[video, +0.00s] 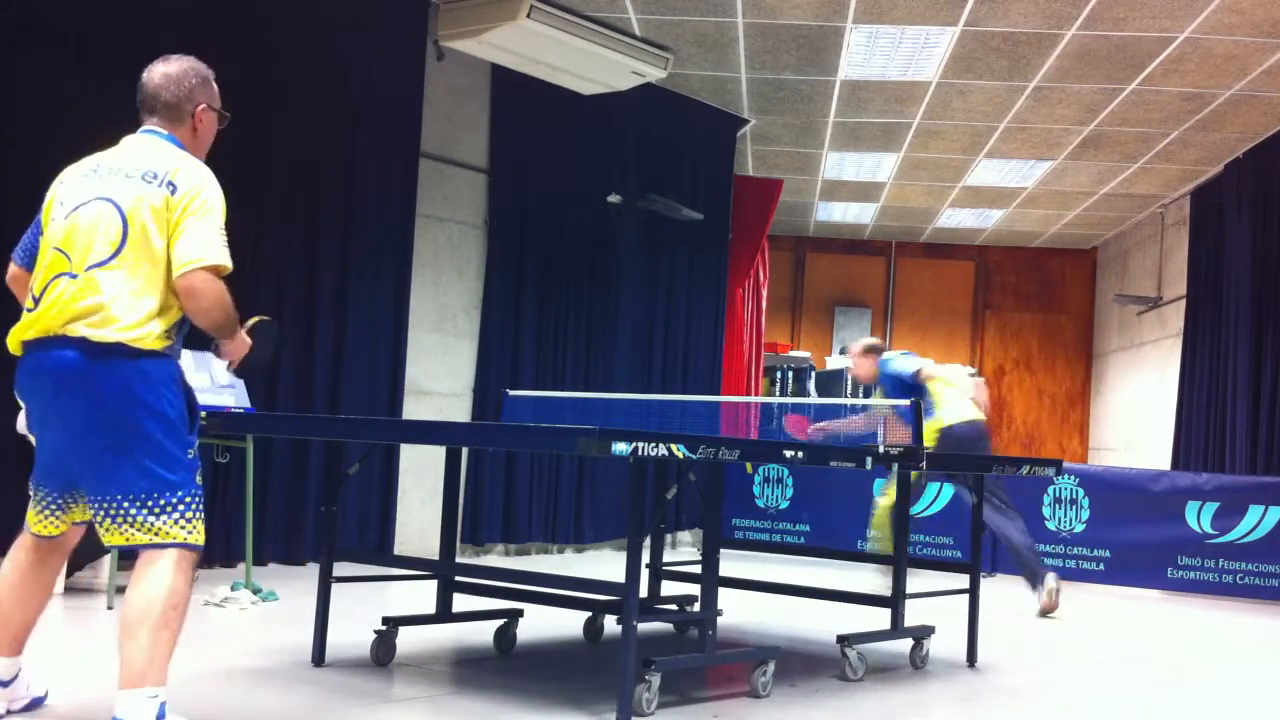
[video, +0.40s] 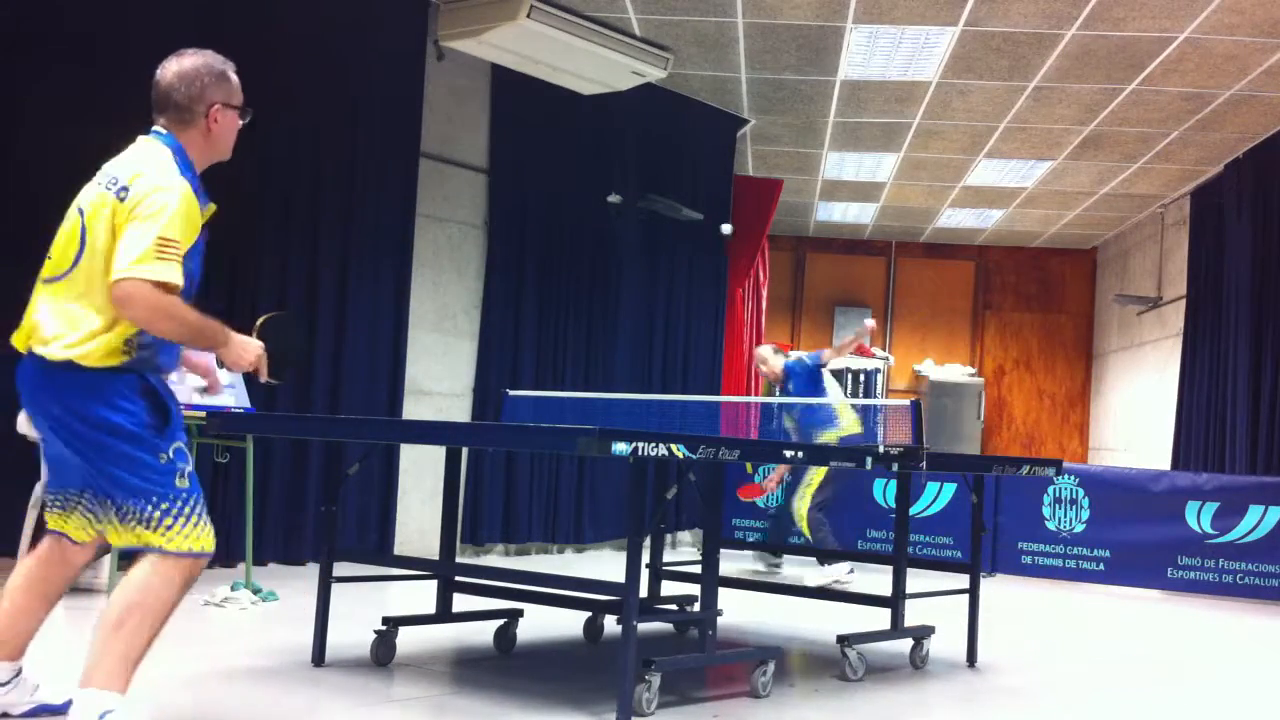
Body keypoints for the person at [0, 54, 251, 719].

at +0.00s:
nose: (216, 127)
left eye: (217, 115)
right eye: (216, 115)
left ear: (145, 112)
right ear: (199, 116)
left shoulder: (77, 172)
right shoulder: (193, 180)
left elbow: (20, 272)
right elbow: (197, 283)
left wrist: (75, 323)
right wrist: (230, 335)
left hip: (45, 366)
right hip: (129, 369)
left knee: (49, 527)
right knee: (171, 541)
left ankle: (1, 675)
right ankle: (140, 710)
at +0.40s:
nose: (241, 123)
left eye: (241, 111)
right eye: (239, 111)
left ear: (172, 112)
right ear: (212, 116)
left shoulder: (129, 163)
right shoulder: (166, 185)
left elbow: (91, 283)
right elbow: (135, 295)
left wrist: (178, 352)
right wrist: (226, 340)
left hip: (52, 368)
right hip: (96, 376)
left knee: (76, 534)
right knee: (184, 543)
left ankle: (2, 674)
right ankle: (97, 704)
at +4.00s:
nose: (226, 119)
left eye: (226, 107)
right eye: (221, 105)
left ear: (151, 98)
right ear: (190, 98)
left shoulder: (88, 156)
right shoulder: (214, 160)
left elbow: (98, 157)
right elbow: (223, 258)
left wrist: (131, 119)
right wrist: (244, 357)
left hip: (99, 365)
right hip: (183, 368)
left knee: (84, 521)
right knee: (171, 532)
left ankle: (13, 666)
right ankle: (154, 690)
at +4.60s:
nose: (192, 112)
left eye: (190, 99)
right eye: (186, 98)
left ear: (137, 100)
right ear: (160, 99)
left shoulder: (102, 150)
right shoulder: (119, 151)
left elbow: (66, 261)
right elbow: (45, 244)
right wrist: (6, 333)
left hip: (52, 353)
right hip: (100, 357)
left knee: (23, 518)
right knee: (111, 525)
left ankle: (7, 673)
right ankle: (89, 690)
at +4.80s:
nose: (203, 102)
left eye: (201, 89)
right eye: (198, 88)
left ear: (145, 90)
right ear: (173, 90)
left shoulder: (106, 147)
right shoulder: (138, 152)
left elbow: (91, 273)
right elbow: (101, 257)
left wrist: (181, 298)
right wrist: (114, 363)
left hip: (65, 354)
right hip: (109, 357)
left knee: (46, 528)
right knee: (100, 533)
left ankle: (10, 674)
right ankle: (88, 693)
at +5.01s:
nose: (218, 101)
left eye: (216, 89)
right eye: (215, 88)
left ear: (151, 84)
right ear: (193, 85)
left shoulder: (113, 138)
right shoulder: (164, 148)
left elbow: (145, 219)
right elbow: (160, 259)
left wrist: (218, 177)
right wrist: (220, 348)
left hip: (81, 350)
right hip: (123, 355)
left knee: (100, 520)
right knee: (113, 530)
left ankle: (59, 666)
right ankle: (88, 692)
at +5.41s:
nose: (255, 101)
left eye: (253, 88)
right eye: (250, 88)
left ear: (194, 92)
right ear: (223, 91)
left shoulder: (152, 146)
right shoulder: (193, 156)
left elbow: (160, 244)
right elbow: (183, 259)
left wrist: (250, 243)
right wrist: (254, 333)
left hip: (119, 355)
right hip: (163, 356)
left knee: (144, 522)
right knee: (197, 519)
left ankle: (125, 673)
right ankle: (110, 674)